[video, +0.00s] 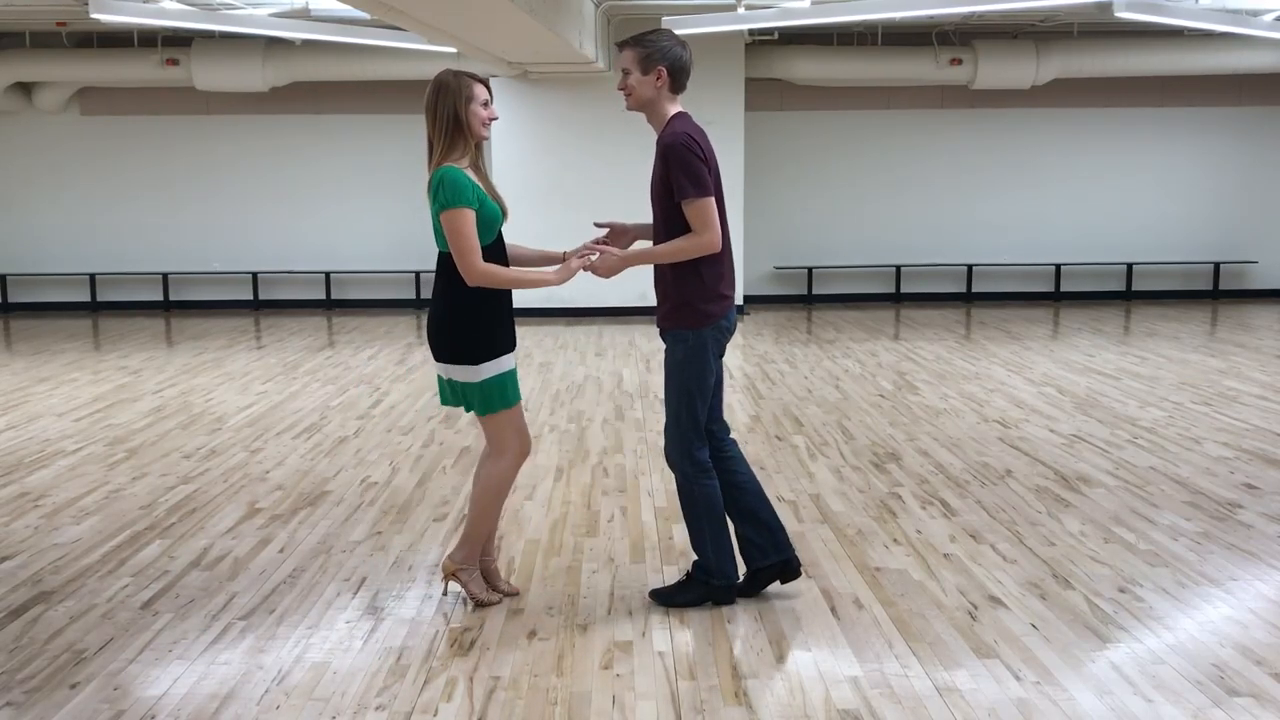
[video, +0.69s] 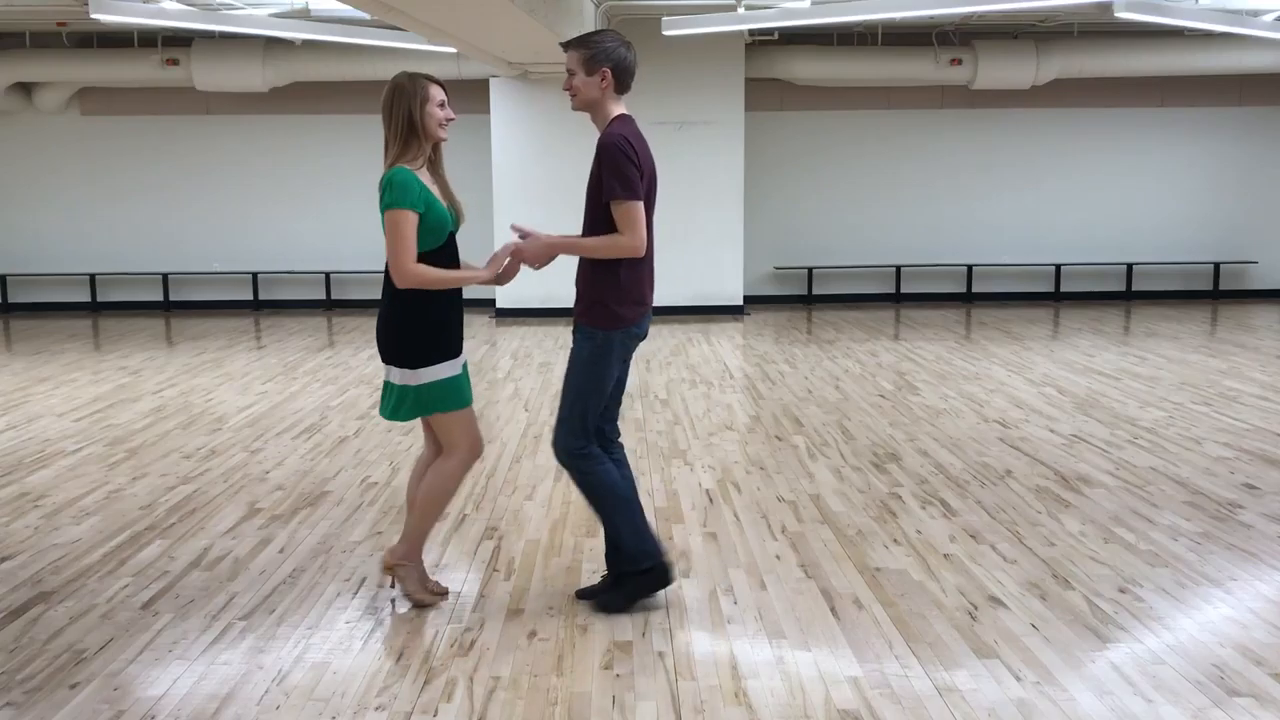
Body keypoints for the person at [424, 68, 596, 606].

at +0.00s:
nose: (491, 112)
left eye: (490, 104)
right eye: (482, 104)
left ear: (473, 112)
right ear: (456, 112)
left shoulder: (469, 175)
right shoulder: (452, 180)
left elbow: (499, 253)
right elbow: (473, 272)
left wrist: (565, 255)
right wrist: (546, 278)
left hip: (482, 326)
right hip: (470, 331)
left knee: (505, 443)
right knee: (512, 445)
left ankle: (484, 553)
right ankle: (465, 557)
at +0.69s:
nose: (450, 113)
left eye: (447, 104)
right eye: (439, 105)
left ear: (428, 113)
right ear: (412, 114)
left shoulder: (426, 176)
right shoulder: (403, 180)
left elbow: (435, 263)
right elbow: (405, 273)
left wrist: (486, 271)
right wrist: (478, 275)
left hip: (430, 332)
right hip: (421, 338)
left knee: (437, 446)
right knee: (465, 445)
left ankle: (411, 560)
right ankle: (405, 550)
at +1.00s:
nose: (432, 113)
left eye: (430, 104)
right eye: (422, 105)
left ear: (409, 114)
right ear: (396, 113)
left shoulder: (410, 177)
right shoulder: (388, 180)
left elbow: (410, 263)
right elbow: (369, 267)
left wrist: (460, 265)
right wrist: (443, 277)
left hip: (414, 334)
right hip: (386, 336)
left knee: (446, 442)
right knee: (382, 452)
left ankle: (410, 554)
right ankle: (337, 567)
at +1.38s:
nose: (436, 111)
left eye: (433, 102)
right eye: (426, 103)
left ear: (412, 111)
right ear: (400, 113)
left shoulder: (408, 175)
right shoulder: (395, 178)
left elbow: (429, 261)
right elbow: (417, 268)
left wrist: (487, 245)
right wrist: (489, 255)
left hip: (395, 335)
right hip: (404, 339)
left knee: (409, 446)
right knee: (443, 446)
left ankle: (372, 557)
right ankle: (376, 555)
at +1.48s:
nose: (442, 111)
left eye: (439, 102)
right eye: (431, 103)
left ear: (409, 113)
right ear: (405, 112)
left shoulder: (409, 174)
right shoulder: (403, 177)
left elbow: (437, 246)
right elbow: (440, 263)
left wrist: (493, 229)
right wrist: (510, 244)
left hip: (398, 330)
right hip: (412, 334)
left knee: (415, 444)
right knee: (460, 440)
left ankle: (374, 556)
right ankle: (420, 557)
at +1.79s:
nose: (473, 111)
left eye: (471, 102)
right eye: (464, 103)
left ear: (441, 113)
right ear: (440, 111)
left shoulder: (445, 173)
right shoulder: (439, 176)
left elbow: (498, 233)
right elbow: (504, 238)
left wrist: (537, 197)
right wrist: (574, 206)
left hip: (450, 329)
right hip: (461, 333)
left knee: (454, 444)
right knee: (493, 440)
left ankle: (394, 546)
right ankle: (468, 560)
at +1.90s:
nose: (487, 113)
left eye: (486, 104)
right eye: (478, 104)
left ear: (472, 112)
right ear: (453, 111)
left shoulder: (468, 174)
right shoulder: (453, 176)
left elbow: (516, 242)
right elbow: (521, 225)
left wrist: (555, 192)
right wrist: (592, 185)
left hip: (491, 326)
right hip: (470, 329)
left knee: (514, 444)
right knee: (497, 446)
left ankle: (435, 534)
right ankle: (467, 561)